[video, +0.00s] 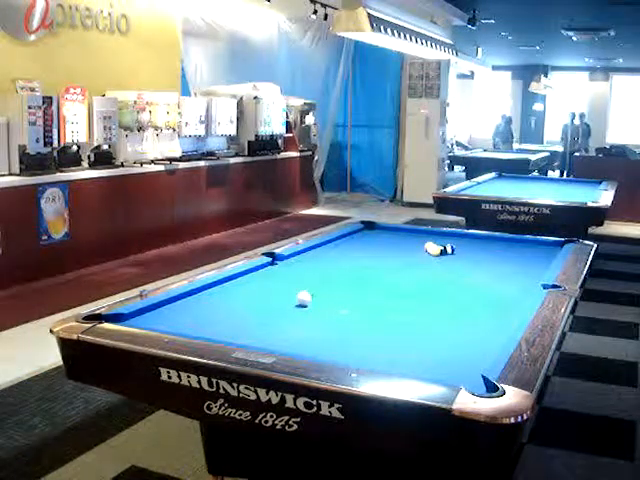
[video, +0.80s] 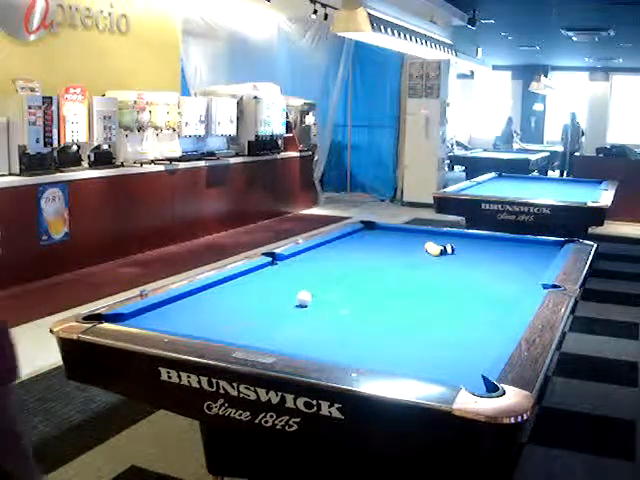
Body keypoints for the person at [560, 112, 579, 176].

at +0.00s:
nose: (572, 117)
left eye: (573, 116)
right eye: (571, 116)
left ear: (574, 117)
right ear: (569, 116)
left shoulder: (576, 127)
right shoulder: (565, 126)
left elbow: (578, 136)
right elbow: (563, 134)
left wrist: (577, 144)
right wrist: (562, 141)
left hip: (572, 145)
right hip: (565, 145)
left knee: (571, 159)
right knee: (563, 159)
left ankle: (569, 172)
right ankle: (561, 172)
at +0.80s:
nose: (572, 119)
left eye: (574, 117)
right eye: (571, 117)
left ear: (576, 118)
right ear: (570, 117)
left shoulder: (578, 126)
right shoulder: (566, 126)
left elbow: (580, 135)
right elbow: (563, 135)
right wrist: (563, 142)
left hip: (574, 146)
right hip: (566, 145)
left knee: (571, 160)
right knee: (563, 159)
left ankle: (569, 173)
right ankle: (561, 173)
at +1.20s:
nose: (572, 119)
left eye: (574, 118)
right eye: (571, 117)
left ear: (575, 118)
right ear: (570, 117)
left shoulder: (577, 126)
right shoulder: (566, 125)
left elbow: (578, 136)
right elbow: (563, 135)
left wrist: (577, 145)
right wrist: (563, 142)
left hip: (573, 146)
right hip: (566, 145)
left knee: (571, 160)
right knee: (564, 159)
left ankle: (569, 172)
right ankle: (561, 172)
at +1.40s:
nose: (572, 119)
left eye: (574, 118)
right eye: (571, 117)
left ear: (575, 118)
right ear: (570, 117)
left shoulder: (577, 126)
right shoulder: (566, 125)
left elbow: (578, 136)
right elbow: (563, 135)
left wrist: (577, 145)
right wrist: (563, 142)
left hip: (573, 146)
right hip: (566, 145)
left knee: (571, 160)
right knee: (564, 159)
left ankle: (569, 172)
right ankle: (561, 172)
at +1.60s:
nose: (571, 118)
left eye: (573, 117)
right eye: (570, 117)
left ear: (575, 117)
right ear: (569, 117)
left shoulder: (576, 125)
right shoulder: (565, 125)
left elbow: (578, 135)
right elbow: (563, 134)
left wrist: (577, 143)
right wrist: (562, 142)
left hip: (573, 146)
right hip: (566, 145)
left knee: (571, 160)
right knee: (563, 160)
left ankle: (570, 173)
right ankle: (562, 173)